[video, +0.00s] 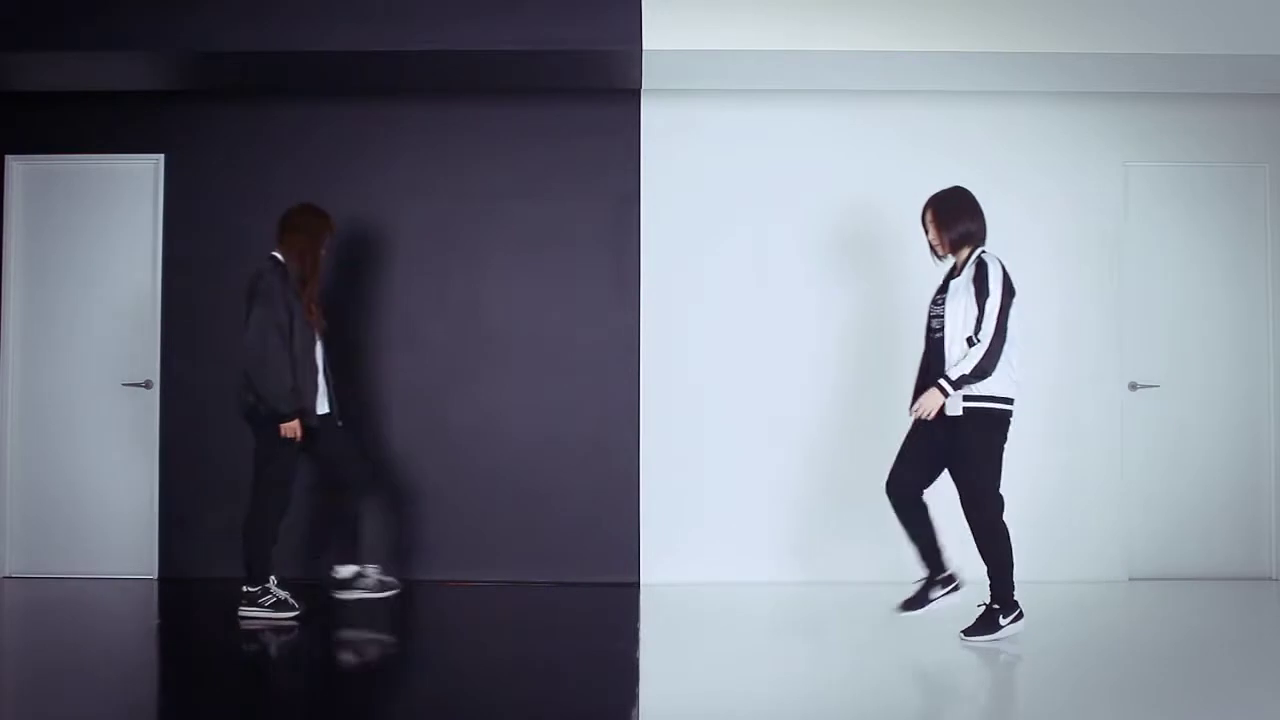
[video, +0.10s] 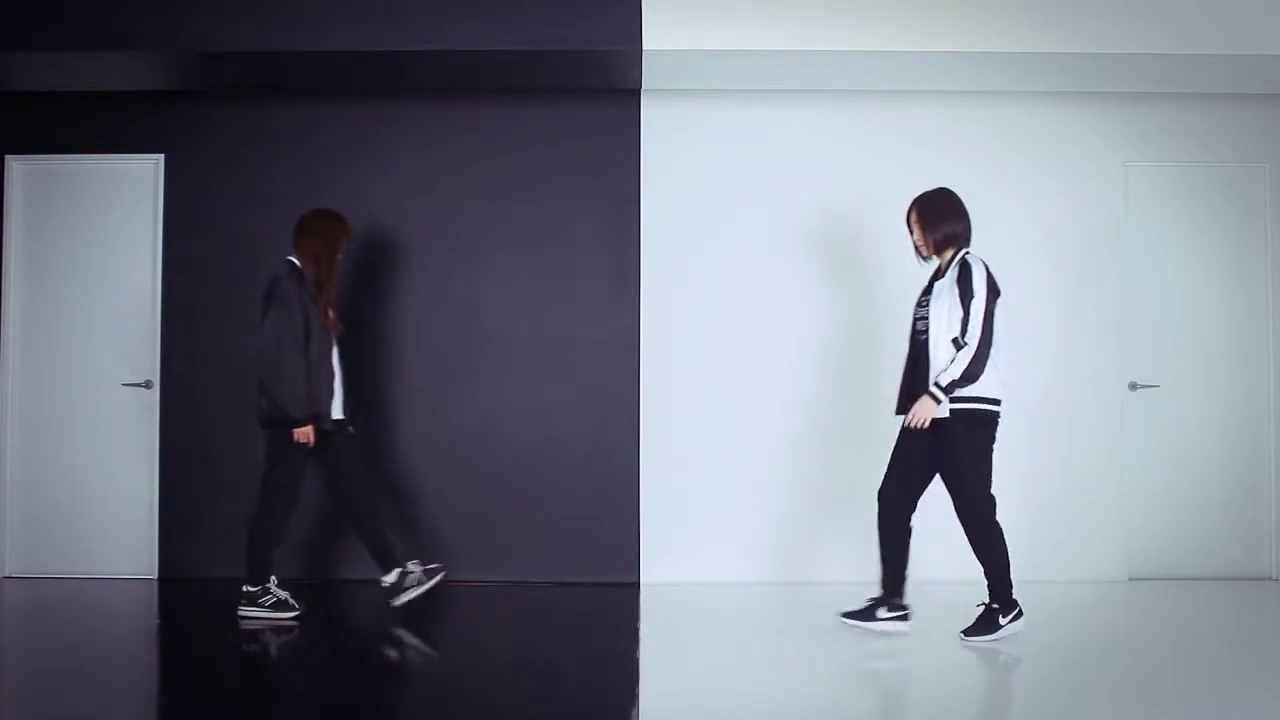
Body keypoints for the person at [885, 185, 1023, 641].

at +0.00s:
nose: (929, 239)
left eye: (933, 228)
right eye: (926, 230)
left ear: (957, 225)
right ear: (950, 230)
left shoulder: (989, 268)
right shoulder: (952, 277)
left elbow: (988, 345)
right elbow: (943, 347)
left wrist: (943, 389)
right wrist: (928, 395)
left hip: (982, 410)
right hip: (944, 407)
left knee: (981, 506)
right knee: (902, 487)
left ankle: (1005, 602)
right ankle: (938, 574)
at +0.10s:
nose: (913, 238)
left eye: (918, 228)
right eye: (911, 229)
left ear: (940, 225)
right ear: (933, 229)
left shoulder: (972, 269)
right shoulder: (936, 278)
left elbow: (975, 347)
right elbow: (935, 347)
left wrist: (935, 395)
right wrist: (918, 399)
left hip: (967, 413)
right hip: (928, 413)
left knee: (975, 508)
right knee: (893, 500)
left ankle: (1004, 602)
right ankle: (891, 601)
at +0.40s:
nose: (856, 241)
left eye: (860, 232)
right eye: (855, 233)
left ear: (882, 232)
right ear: (885, 233)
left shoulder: (910, 279)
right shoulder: (877, 285)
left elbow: (923, 351)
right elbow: (876, 356)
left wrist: (923, 421)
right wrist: (856, 417)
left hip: (897, 428)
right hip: (863, 428)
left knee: (929, 519)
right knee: (851, 526)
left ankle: (987, 591)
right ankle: (838, 619)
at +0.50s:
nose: (835, 233)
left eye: (839, 224)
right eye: (835, 225)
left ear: (861, 225)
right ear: (863, 225)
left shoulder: (891, 274)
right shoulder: (852, 282)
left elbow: (910, 346)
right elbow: (847, 352)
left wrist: (907, 414)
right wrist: (828, 411)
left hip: (877, 421)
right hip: (839, 421)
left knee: (896, 513)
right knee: (838, 518)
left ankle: (964, 585)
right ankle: (837, 619)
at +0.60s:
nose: (818, 229)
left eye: (823, 221)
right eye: (818, 221)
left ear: (845, 222)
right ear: (844, 222)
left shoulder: (875, 272)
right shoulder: (831, 282)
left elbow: (899, 346)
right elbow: (817, 353)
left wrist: (889, 411)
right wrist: (801, 409)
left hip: (857, 415)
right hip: (822, 416)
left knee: (853, 514)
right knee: (828, 519)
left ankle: (932, 577)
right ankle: (836, 620)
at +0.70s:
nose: (804, 230)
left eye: (809, 221)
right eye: (804, 220)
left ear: (831, 222)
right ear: (833, 224)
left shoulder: (863, 272)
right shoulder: (817, 282)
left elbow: (881, 346)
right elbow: (801, 349)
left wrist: (868, 414)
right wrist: (778, 401)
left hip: (841, 415)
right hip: (812, 413)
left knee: (810, 511)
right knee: (823, 514)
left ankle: (885, 567)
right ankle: (834, 619)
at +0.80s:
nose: (791, 229)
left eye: (795, 220)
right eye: (791, 220)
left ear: (815, 221)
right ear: (827, 220)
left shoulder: (850, 273)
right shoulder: (808, 277)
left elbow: (866, 348)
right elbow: (789, 348)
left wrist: (855, 416)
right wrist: (759, 396)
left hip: (824, 415)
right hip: (805, 414)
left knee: (765, 497)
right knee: (823, 511)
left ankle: (839, 573)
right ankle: (835, 619)